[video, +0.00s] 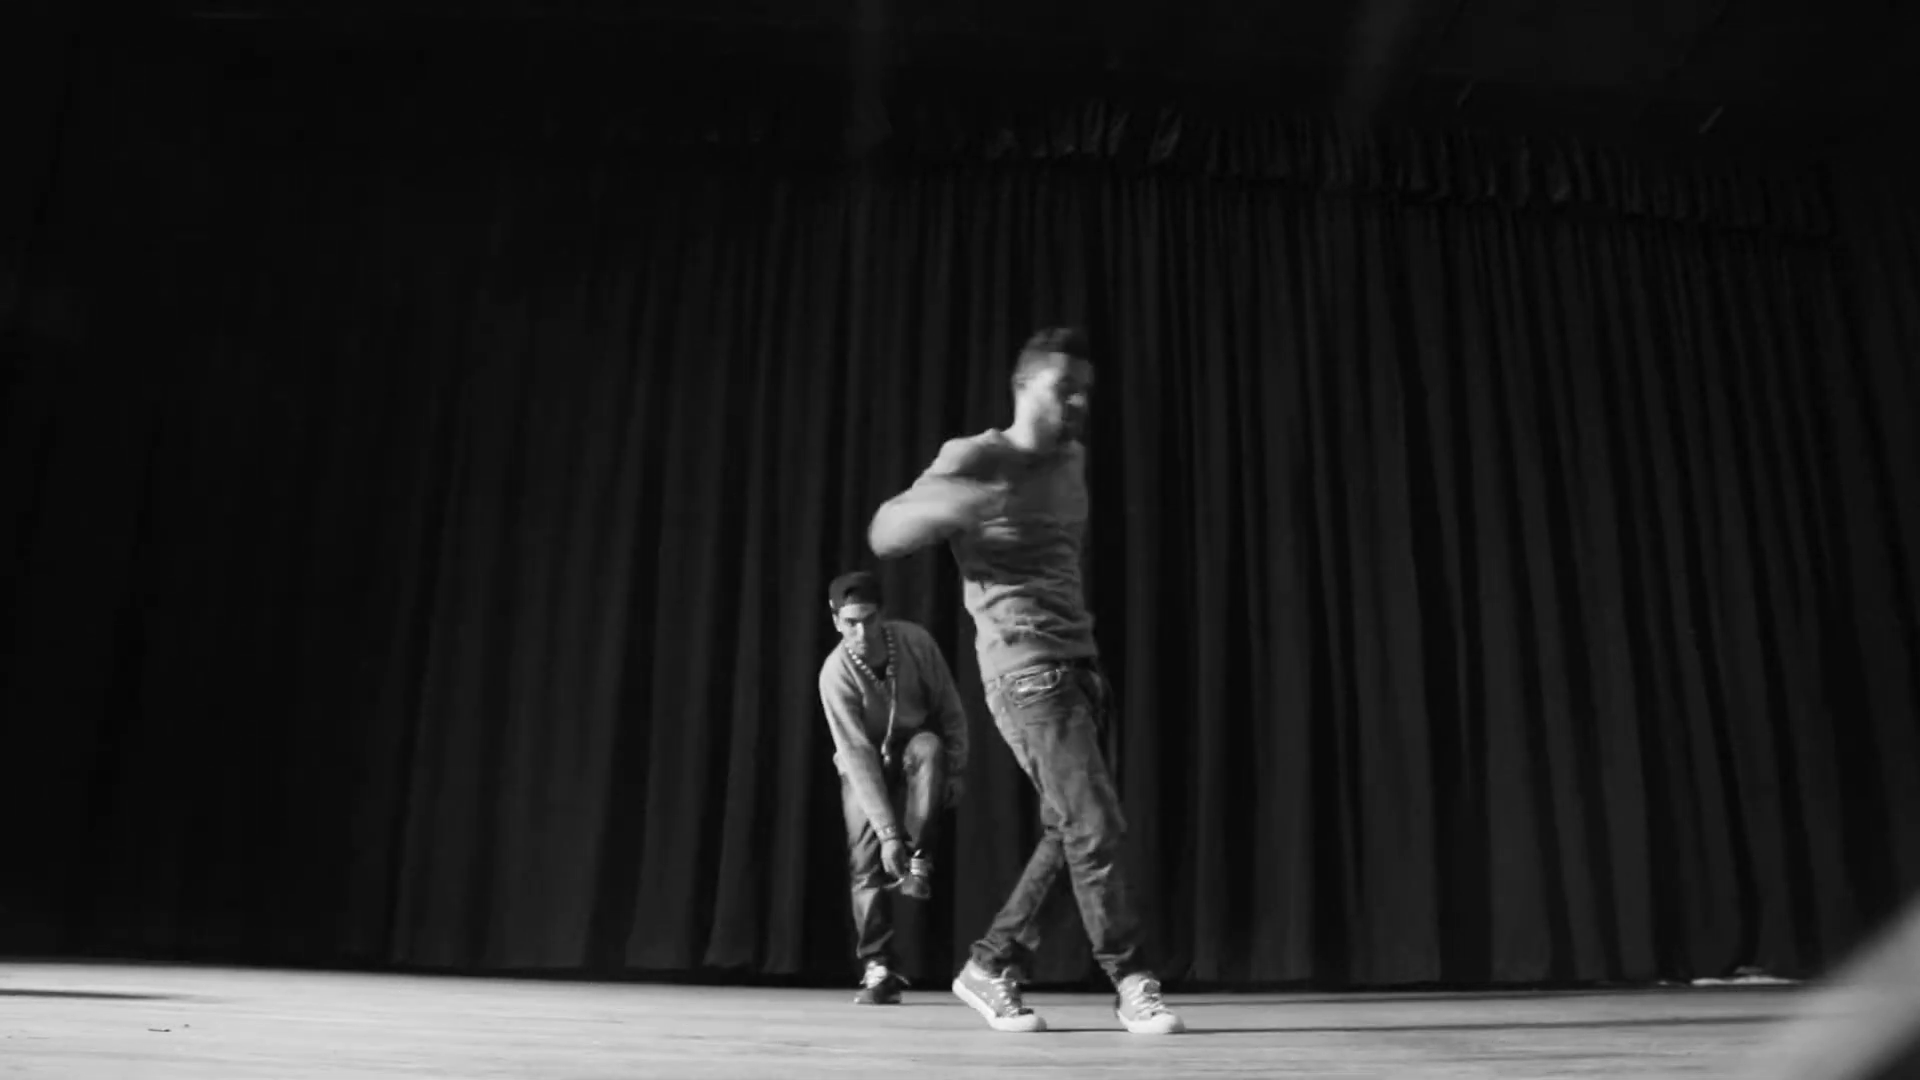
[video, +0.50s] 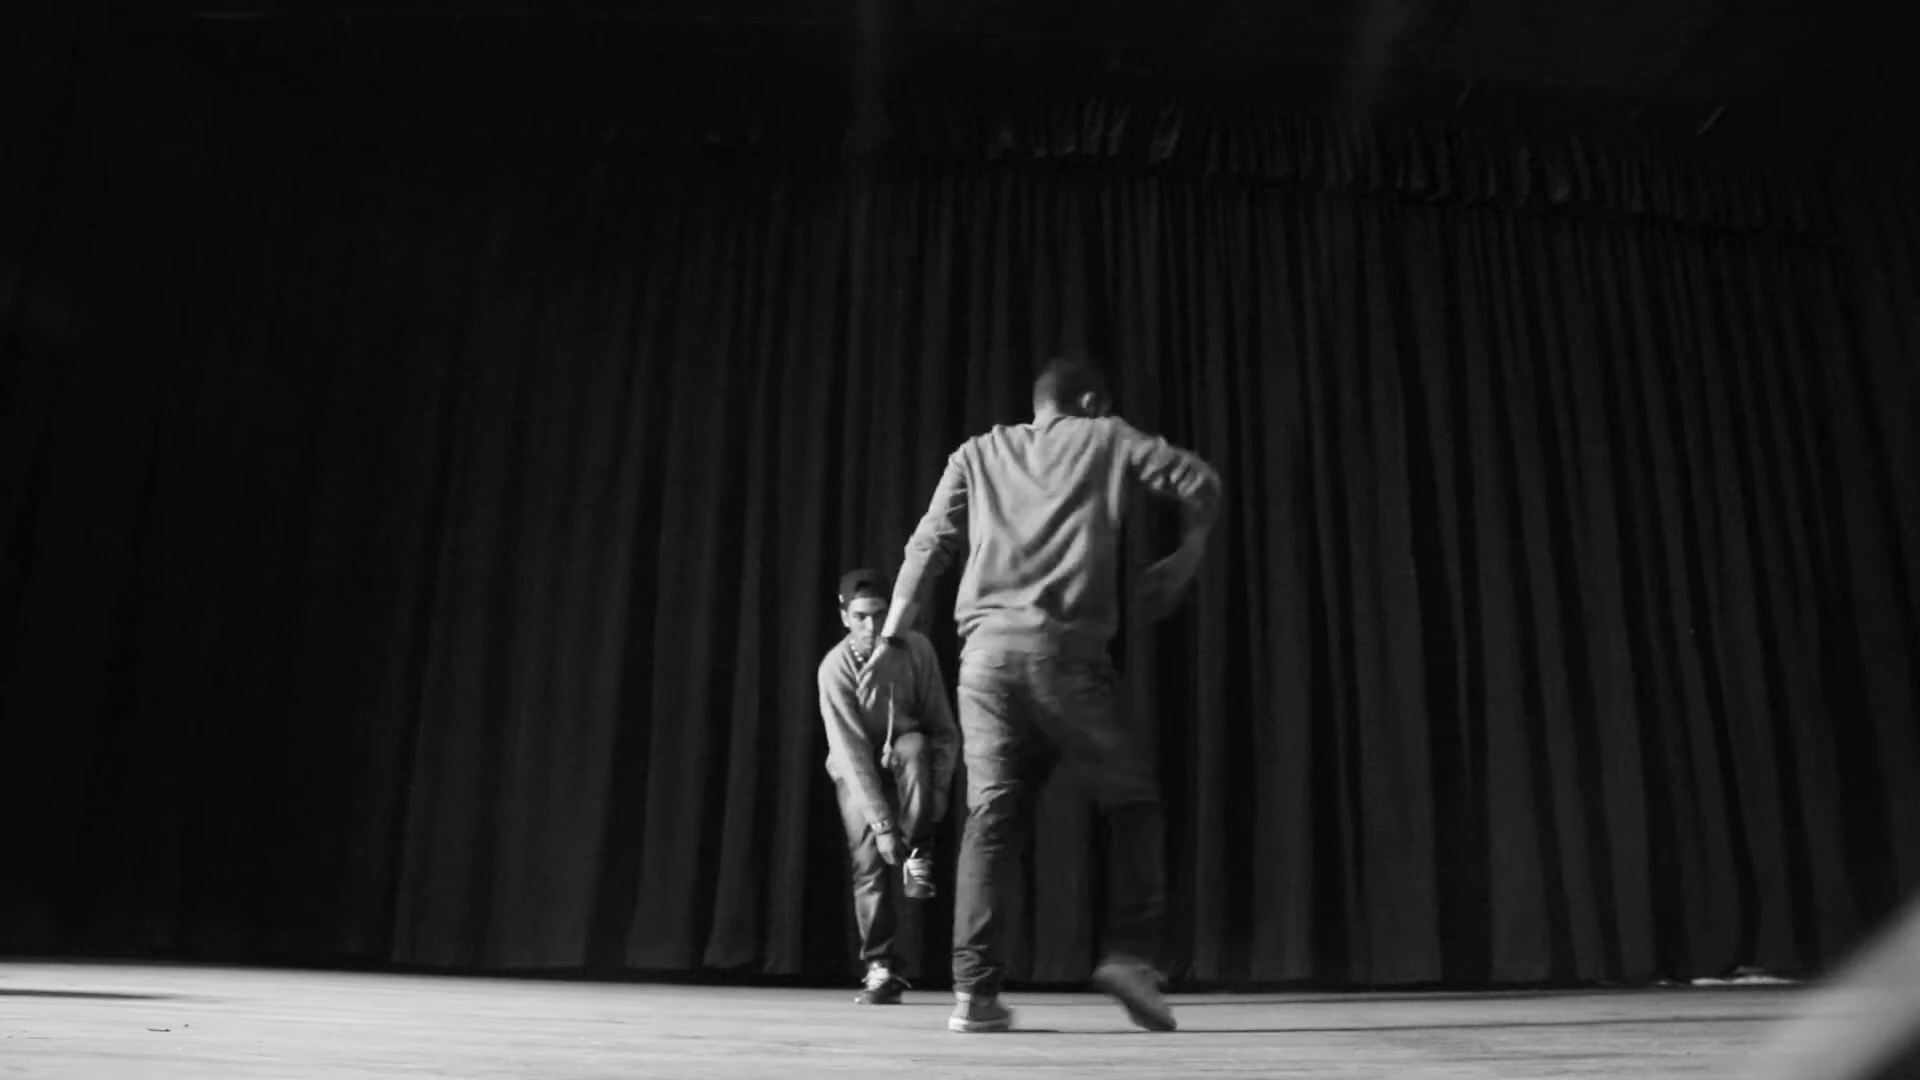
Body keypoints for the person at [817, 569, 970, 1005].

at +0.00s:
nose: (860, 631)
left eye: (867, 620)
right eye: (850, 622)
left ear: (881, 616)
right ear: (837, 623)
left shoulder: (915, 642)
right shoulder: (835, 676)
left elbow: (950, 707)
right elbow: (855, 758)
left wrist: (957, 768)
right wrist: (888, 834)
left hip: (912, 747)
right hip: (864, 757)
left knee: (927, 748)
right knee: (866, 862)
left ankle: (919, 855)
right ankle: (876, 965)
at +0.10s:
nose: (860, 626)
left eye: (868, 615)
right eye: (850, 617)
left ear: (881, 615)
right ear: (836, 621)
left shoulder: (912, 642)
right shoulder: (834, 676)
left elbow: (946, 709)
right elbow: (856, 759)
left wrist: (951, 773)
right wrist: (888, 832)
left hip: (910, 748)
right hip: (862, 759)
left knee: (926, 750)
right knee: (862, 863)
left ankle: (918, 856)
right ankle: (876, 966)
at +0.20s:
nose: (861, 619)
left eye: (868, 608)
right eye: (850, 610)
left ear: (882, 610)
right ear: (836, 617)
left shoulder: (913, 642)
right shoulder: (832, 673)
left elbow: (945, 713)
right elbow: (854, 759)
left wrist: (949, 777)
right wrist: (888, 833)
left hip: (910, 748)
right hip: (862, 759)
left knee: (927, 753)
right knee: (861, 862)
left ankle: (919, 857)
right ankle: (876, 967)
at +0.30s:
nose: (863, 616)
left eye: (870, 605)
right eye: (852, 608)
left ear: (883, 607)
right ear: (837, 614)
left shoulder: (912, 640)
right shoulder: (833, 669)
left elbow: (944, 708)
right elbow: (851, 755)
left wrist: (951, 768)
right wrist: (885, 826)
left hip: (908, 743)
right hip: (862, 757)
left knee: (925, 749)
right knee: (869, 862)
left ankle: (919, 852)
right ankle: (878, 966)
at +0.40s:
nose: (867, 620)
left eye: (875, 609)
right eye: (856, 610)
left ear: (889, 611)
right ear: (840, 614)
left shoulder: (915, 647)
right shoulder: (834, 666)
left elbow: (944, 723)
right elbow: (850, 751)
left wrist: (943, 784)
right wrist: (882, 822)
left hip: (909, 749)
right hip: (861, 760)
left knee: (916, 746)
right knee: (872, 860)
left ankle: (921, 849)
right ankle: (880, 966)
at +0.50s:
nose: (872, 626)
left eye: (880, 615)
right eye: (862, 616)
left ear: (892, 614)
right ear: (845, 617)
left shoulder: (917, 650)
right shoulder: (836, 668)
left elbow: (944, 730)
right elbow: (851, 753)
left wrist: (938, 797)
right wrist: (882, 826)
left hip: (906, 753)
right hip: (858, 761)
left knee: (912, 746)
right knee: (869, 863)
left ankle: (920, 850)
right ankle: (879, 966)